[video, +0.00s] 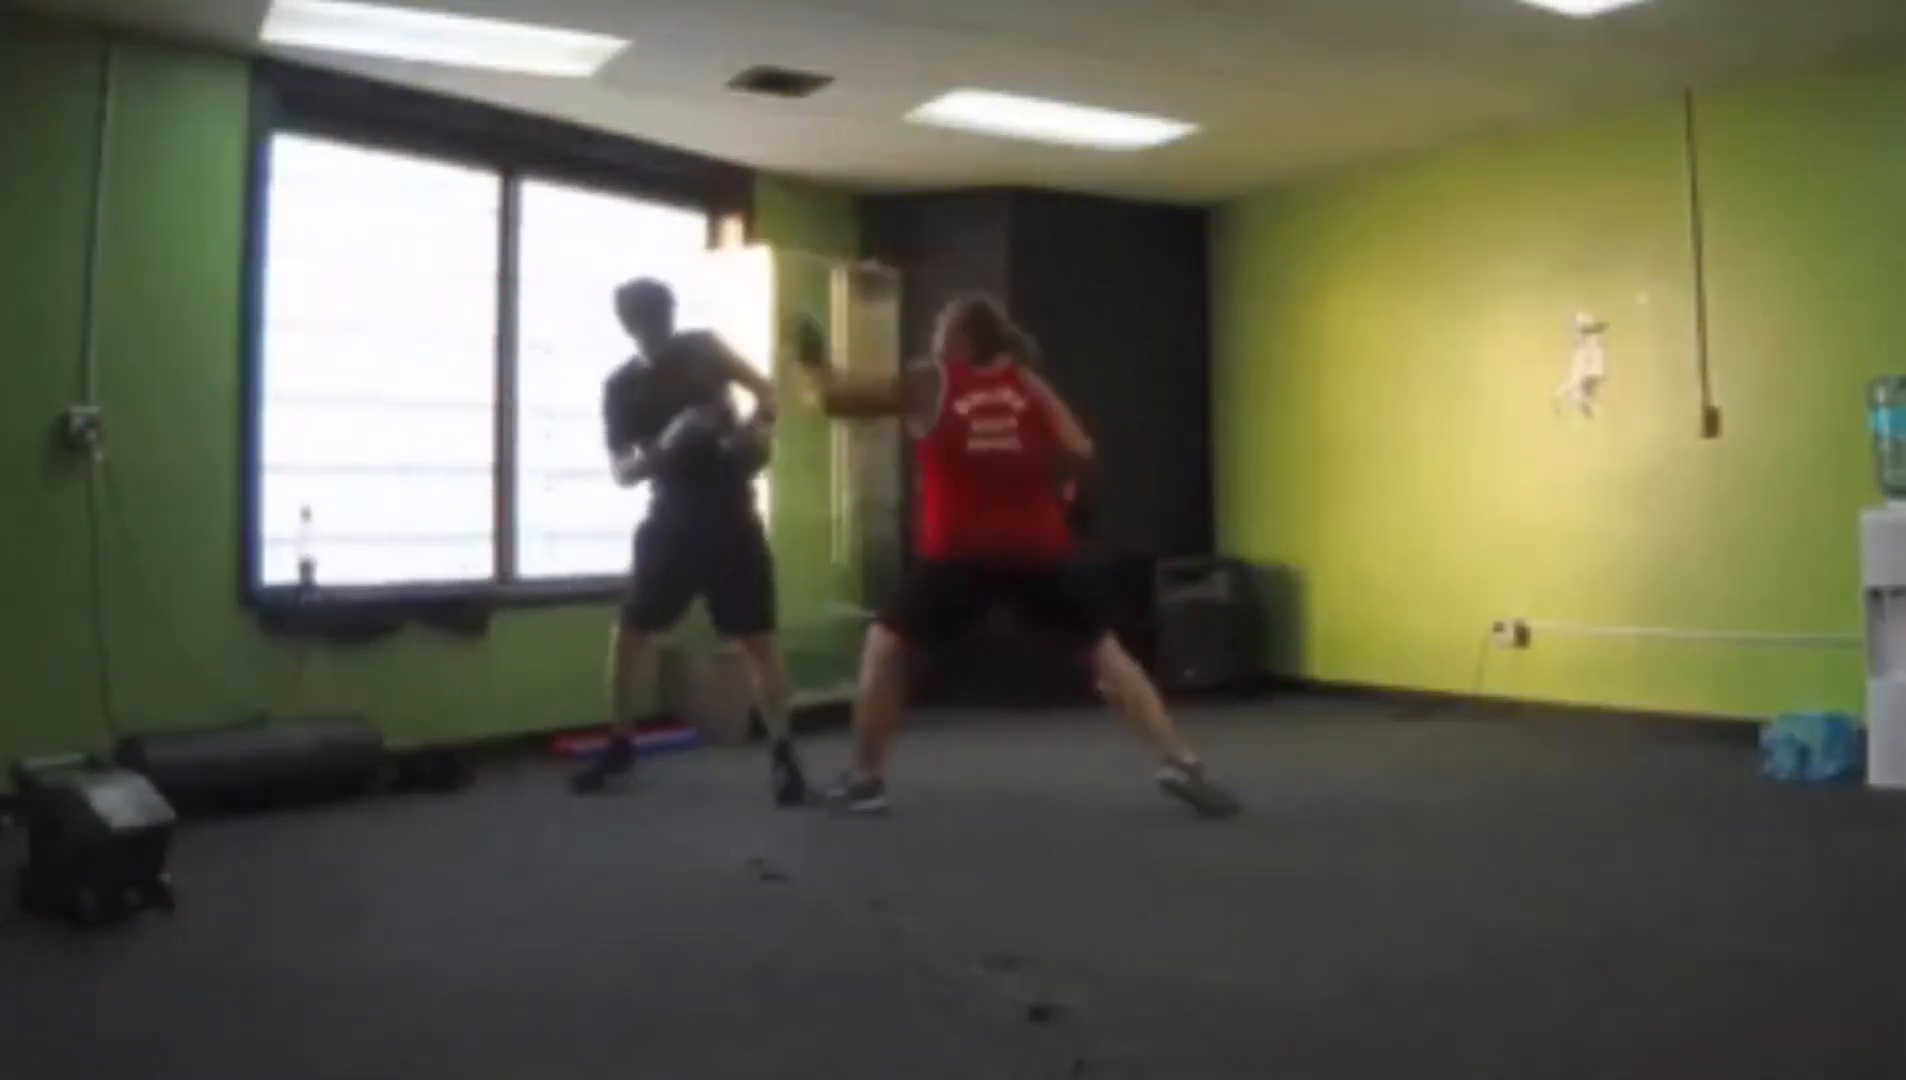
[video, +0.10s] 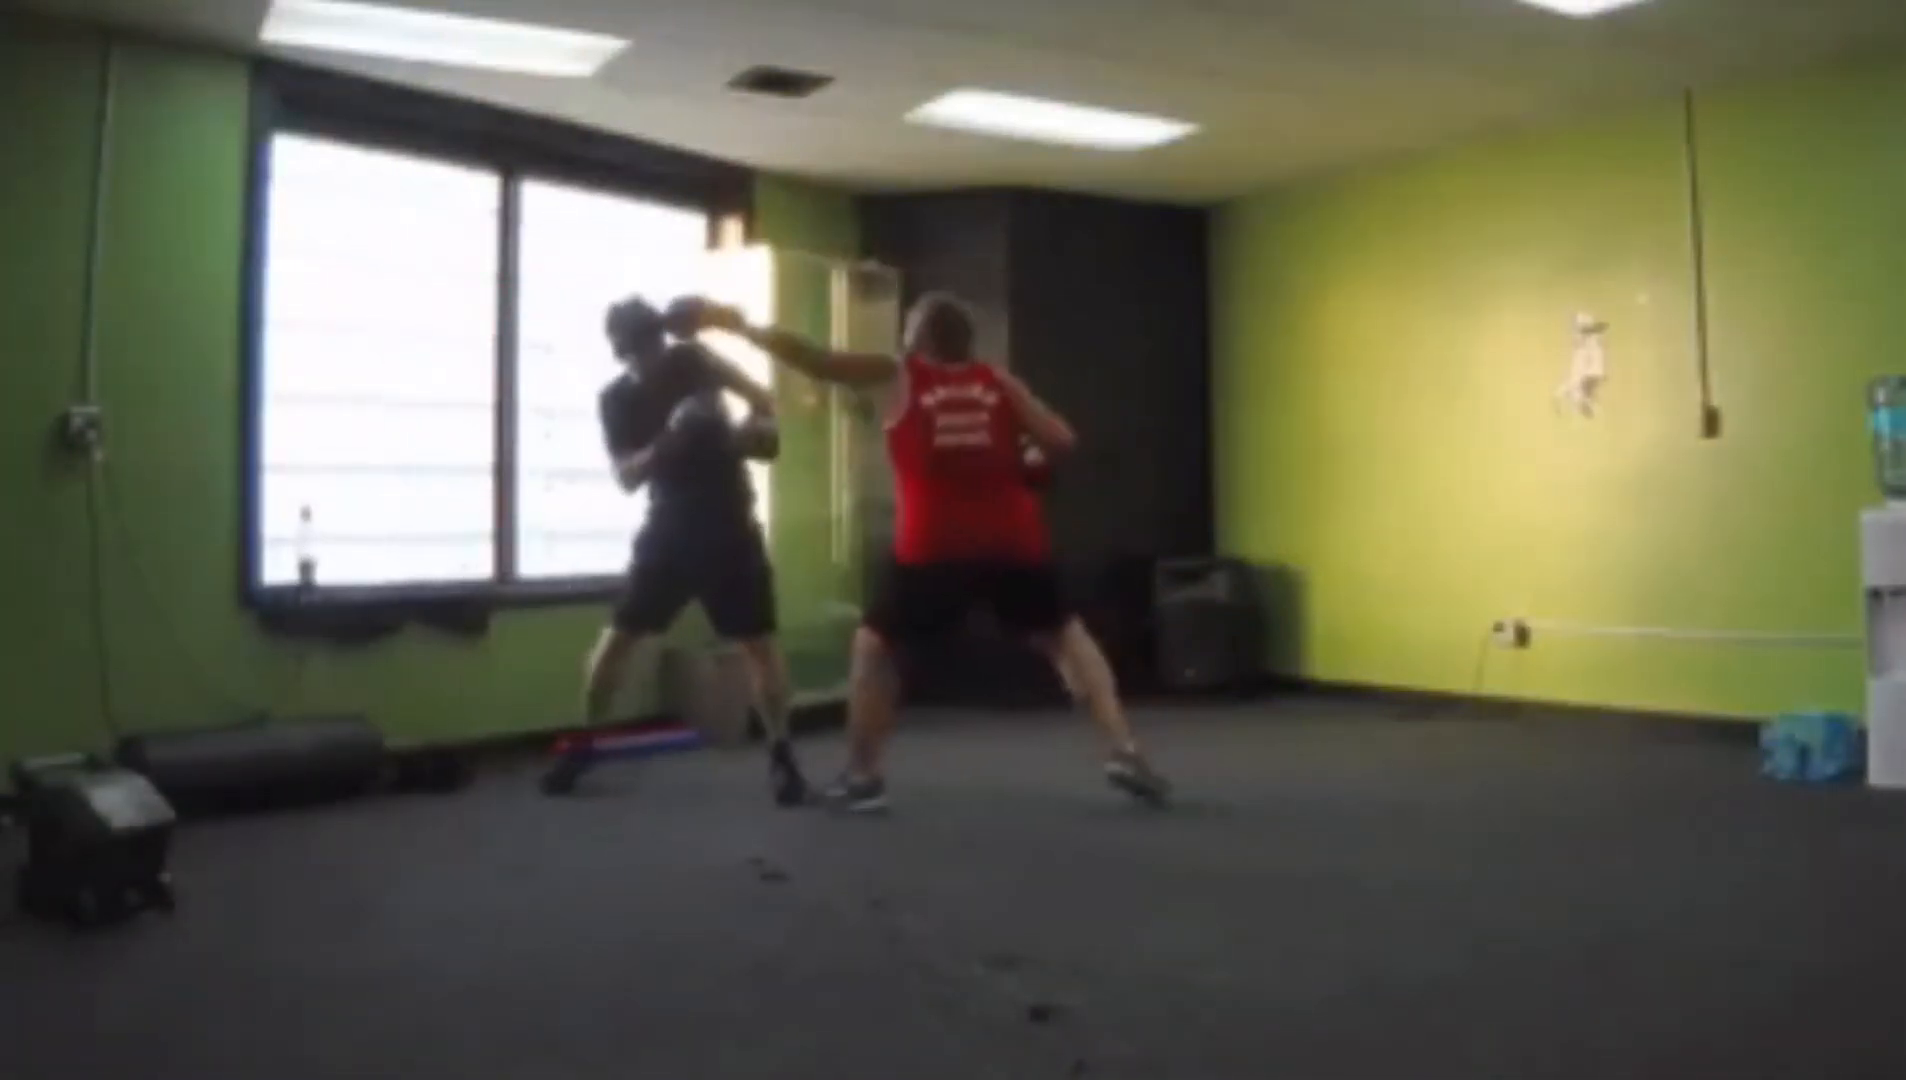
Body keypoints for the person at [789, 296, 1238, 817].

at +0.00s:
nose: (936, 343)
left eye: (942, 334)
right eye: (940, 333)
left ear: (955, 340)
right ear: (998, 342)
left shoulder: (928, 382)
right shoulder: (1028, 385)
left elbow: (838, 398)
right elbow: (1078, 448)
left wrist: (818, 366)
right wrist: (1051, 485)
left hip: (954, 560)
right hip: (1039, 557)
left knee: (884, 644)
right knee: (1103, 653)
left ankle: (866, 777)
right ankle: (1180, 760)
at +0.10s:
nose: (905, 338)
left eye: (909, 331)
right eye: (910, 332)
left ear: (919, 339)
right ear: (969, 340)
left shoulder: (896, 374)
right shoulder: (998, 381)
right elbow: (1062, 438)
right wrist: (1033, 467)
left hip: (931, 554)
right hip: (1014, 552)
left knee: (874, 647)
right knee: (1065, 636)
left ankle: (863, 773)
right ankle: (1123, 750)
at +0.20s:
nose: (898, 326)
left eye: (904, 317)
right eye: (903, 316)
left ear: (915, 325)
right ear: (958, 326)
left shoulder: (887, 372)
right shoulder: (991, 371)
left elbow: (795, 401)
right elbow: (1050, 435)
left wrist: (762, 382)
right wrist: (998, 448)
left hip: (917, 537)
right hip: (997, 536)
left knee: (863, 639)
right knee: (1023, 639)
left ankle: (856, 774)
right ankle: (1061, 764)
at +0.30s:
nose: (885, 330)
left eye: (890, 320)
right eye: (887, 319)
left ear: (903, 324)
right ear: (944, 325)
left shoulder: (888, 374)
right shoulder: (976, 372)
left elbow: (836, 450)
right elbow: (1019, 436)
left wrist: (779, 457)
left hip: (908, 532)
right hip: (983, 532)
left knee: (842, 633)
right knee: (994, 649)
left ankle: (845, 767)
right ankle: (1043, 767)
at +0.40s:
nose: (857, 335)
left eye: (862, 325)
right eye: (859, 324)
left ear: (878, 328)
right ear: (914, 326)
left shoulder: (880, 384)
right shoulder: (951, 373)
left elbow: (860, 475)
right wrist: (854, 388)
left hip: (902, 544)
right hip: (970, 541)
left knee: (847, 647)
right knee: (988, 653)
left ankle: (842, 778)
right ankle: (1043, 768)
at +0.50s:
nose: (834, 357)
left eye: (841, 344)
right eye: (833, 345)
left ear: (871, 343)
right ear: (876, 342)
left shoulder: (902, 396)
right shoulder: (875, 393)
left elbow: (888, 494)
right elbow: (813, 422)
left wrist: (853, 477)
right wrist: (775, 396)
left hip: (928, 538)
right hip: (972, 536)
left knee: (871, 649)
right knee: (989, 648)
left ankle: (847, 780)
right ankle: (1047, 771)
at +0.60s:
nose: (837, 367)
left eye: (845, 354)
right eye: (835, 355)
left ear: (877, 350)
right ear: (867, 352)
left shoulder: (922, 403)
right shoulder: (860, 402)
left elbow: (908, 496)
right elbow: (815, 433)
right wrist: (777, 473)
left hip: (946, 539)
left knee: (883, 653)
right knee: (996, 645)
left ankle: (849, 780)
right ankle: (1073, 753)